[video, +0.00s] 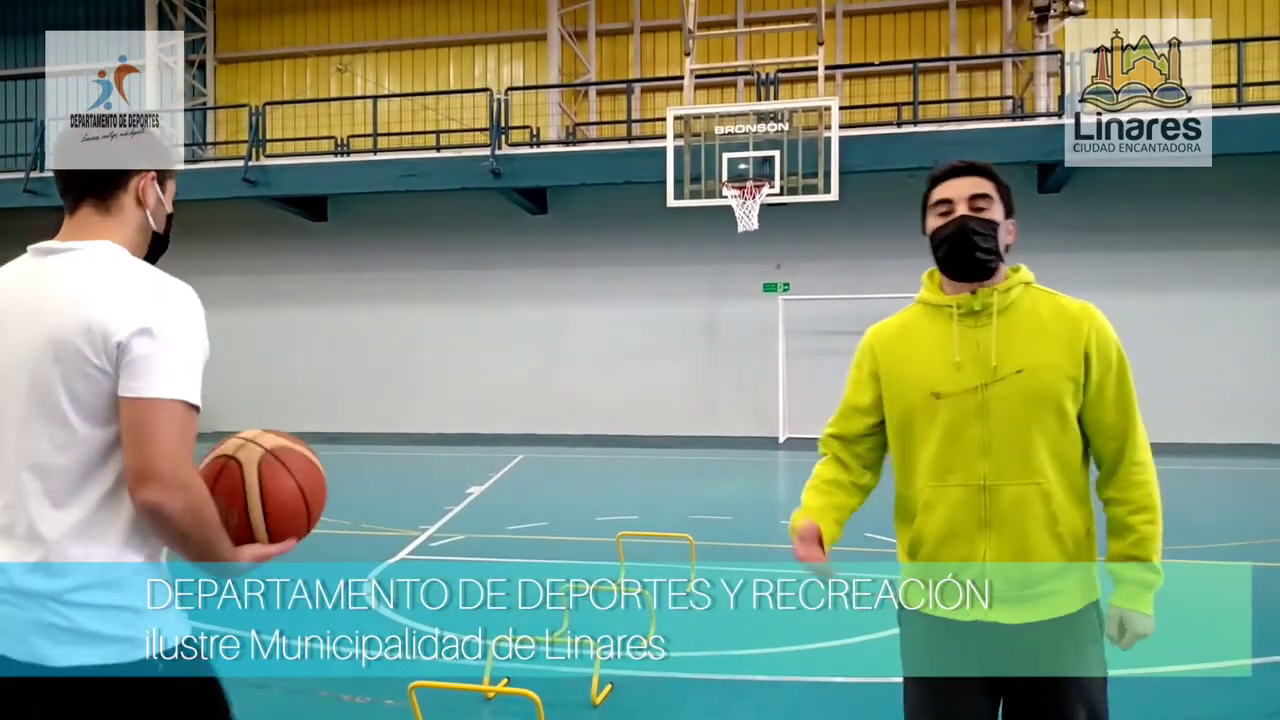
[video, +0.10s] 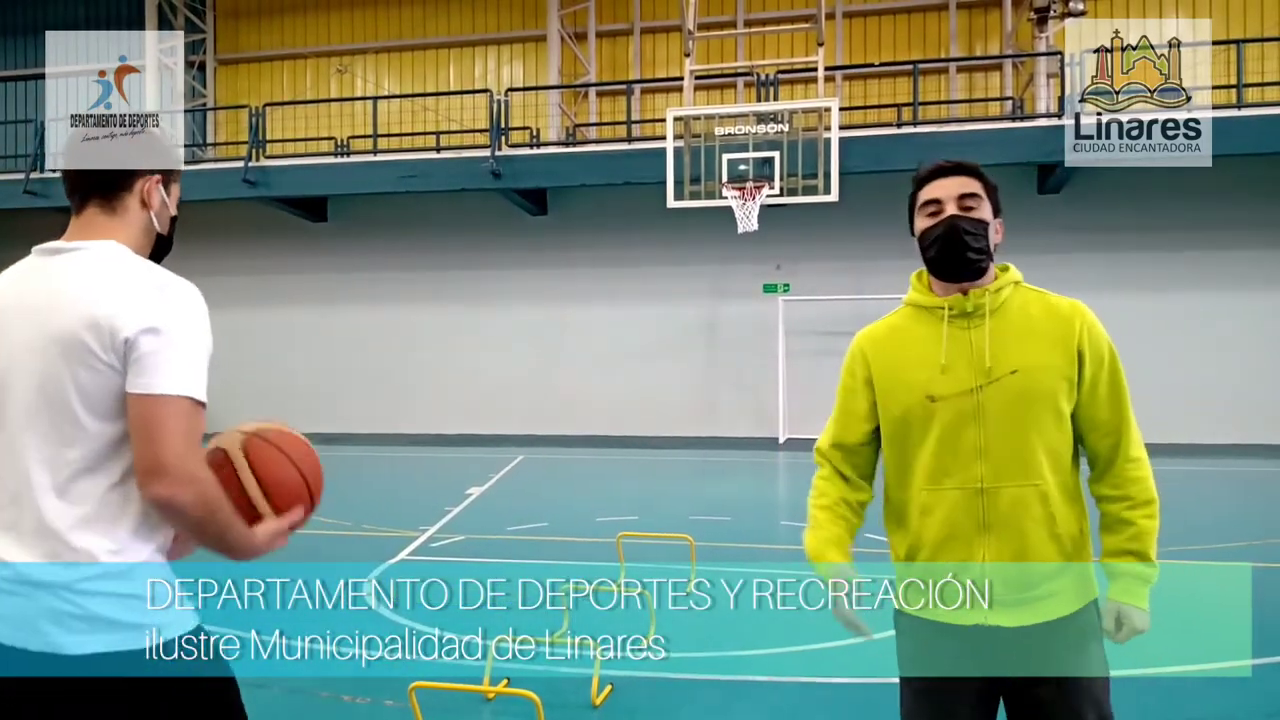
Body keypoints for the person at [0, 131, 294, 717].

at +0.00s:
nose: (170, 212)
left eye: (172, 195)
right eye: (172, 193)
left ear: (70, 188)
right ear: (147, 189)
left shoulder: (10, 280)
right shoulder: (153, 297)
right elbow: (159, 486)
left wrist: (189, 507)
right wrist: (226, 559)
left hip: (10, 628)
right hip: (112, 633)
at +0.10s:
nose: (175, 214)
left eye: (176, 198)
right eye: (176, 196)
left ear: (77, 190)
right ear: (151, 190)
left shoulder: (9, 285)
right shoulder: (158, 295)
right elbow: (168, 479)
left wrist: (164, 527)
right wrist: (246, 544)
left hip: (12, 623)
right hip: (120, 626)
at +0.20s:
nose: (179, 212)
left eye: (181, 196)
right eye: (180, 194)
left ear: (82, 192)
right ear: (159, 191)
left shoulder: (12, 287)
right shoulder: (166, 293)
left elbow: (33, 469)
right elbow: (177, 470)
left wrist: (169, 517)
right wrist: (255, 525)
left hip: (14, 627)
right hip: (129, 631)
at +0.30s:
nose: (189, 216)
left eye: (193, 202)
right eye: (191, 201)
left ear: (98, 192)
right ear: (171, 192)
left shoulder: (19, 290)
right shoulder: (176, 289)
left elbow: (35, 462)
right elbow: (205, 462)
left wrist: (176, 500)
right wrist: (260, 500)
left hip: (18, 621)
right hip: (137, 628)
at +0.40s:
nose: (205, 220)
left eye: (207, 205)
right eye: (207, 202)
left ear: (113, 192)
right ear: (187, 189)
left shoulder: (24, 300)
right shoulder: (192, 285)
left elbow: (9, 464)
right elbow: (229, 448)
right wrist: (265, 503)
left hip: (33, 625)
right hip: (163, 626)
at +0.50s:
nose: (222, 219)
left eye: (225, 205)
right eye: (224, 202)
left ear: (131, 194)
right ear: (208, 193)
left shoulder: (27, 308)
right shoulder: (214, 287)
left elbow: (12, 473)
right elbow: (239, 432)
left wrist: (78, 530)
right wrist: (278, 510)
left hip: (60, 625)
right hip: (188, 623)